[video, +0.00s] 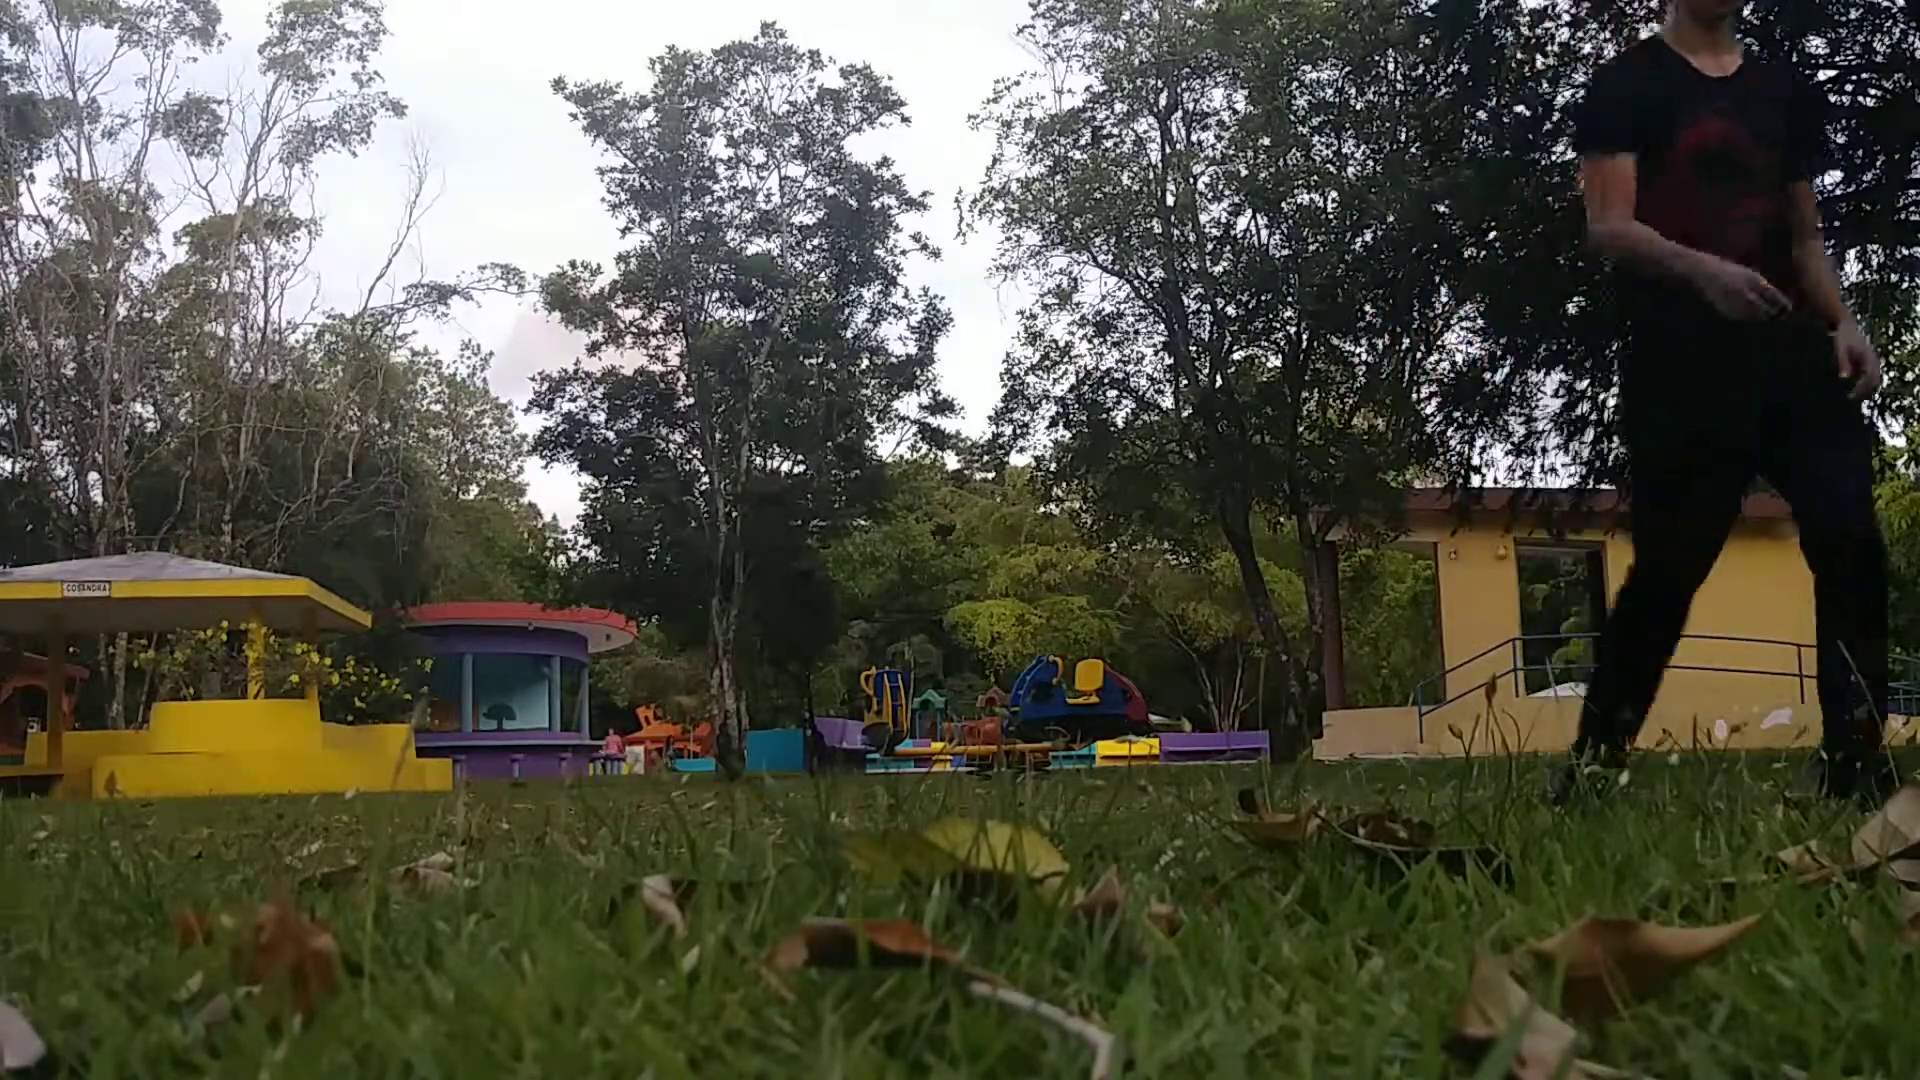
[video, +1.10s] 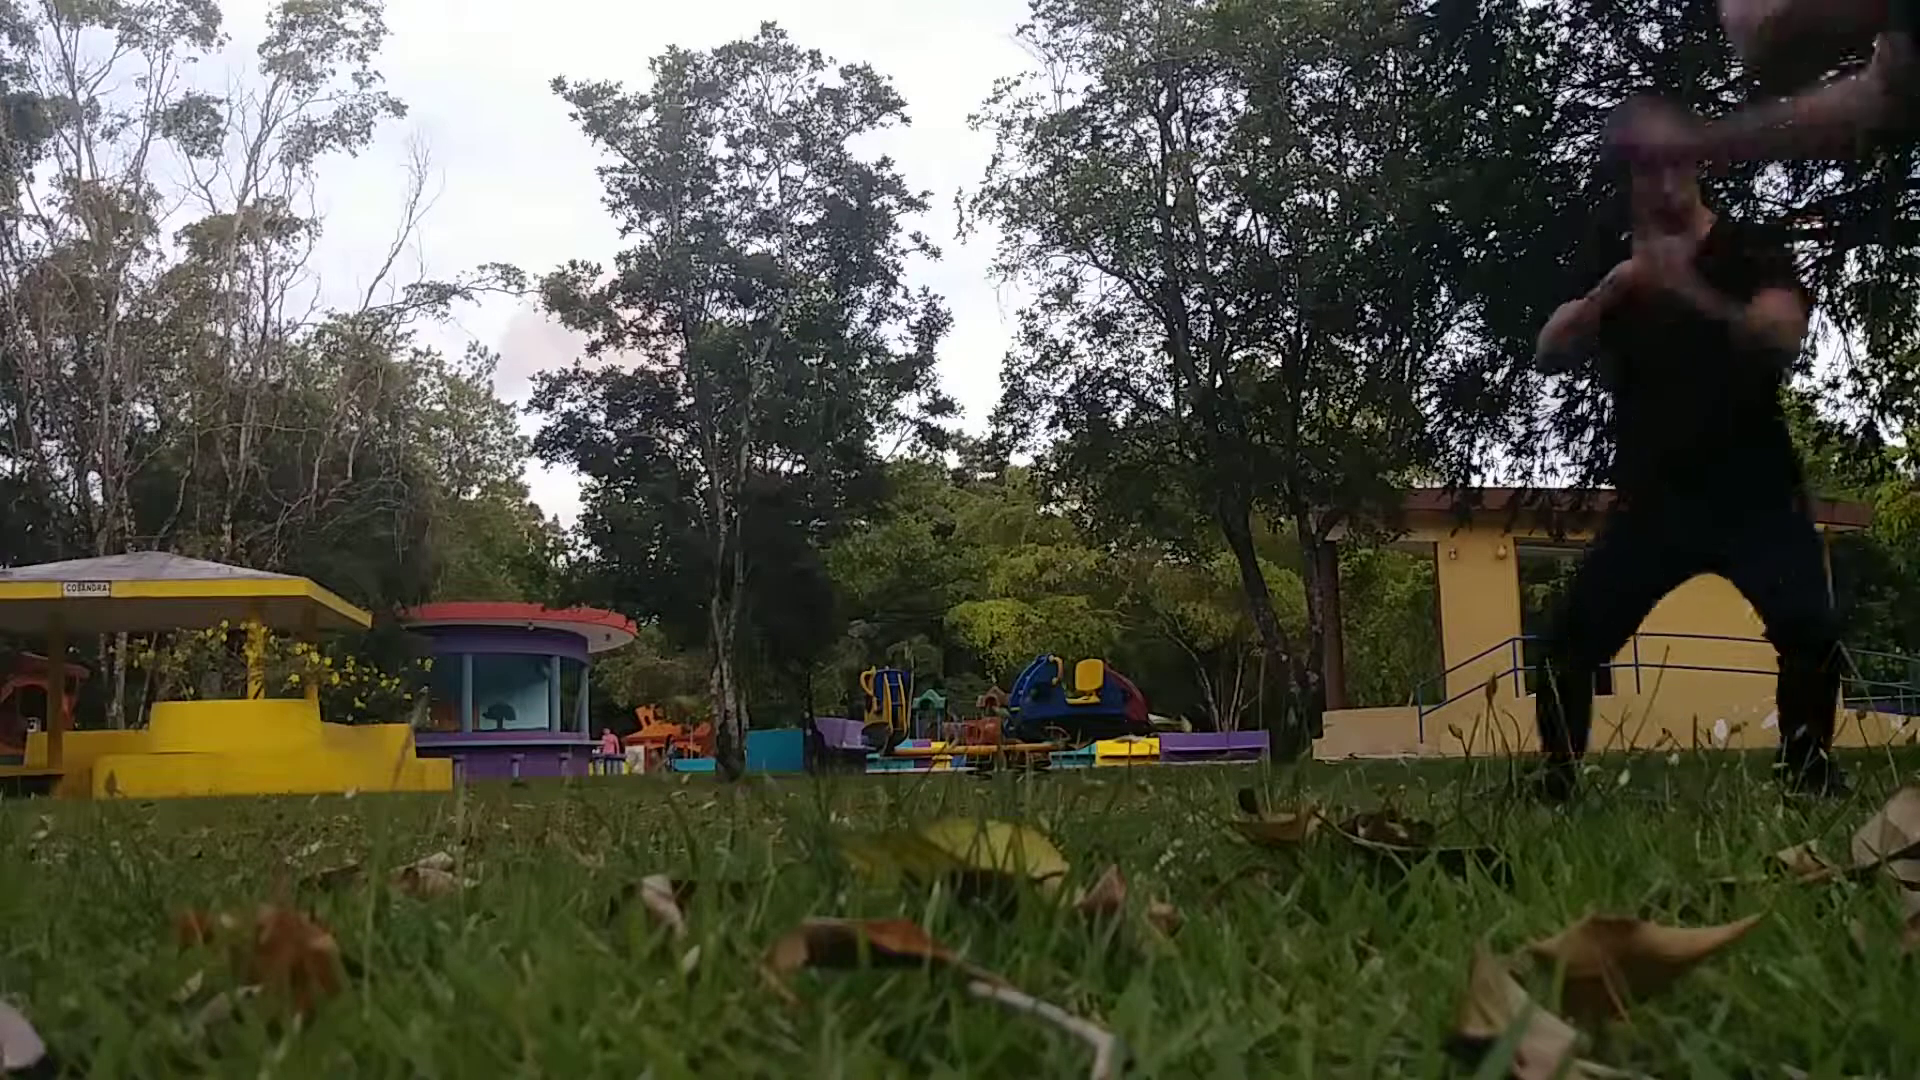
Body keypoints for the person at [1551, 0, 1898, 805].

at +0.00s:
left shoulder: (1785, 90)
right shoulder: (1626, 83)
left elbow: (1805, 239)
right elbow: (1608, 226)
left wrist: (1843, 318)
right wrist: (1702, 268)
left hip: (1793, 358)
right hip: (1683, 359)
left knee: (1853, 548)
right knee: (1669, 566)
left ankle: (1854, 761)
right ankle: (1594, 763)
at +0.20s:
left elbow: (1906, 191)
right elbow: (1603, 197)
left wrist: (1900, 209)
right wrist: (1647, 200)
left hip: (1842, 319)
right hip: (1723, 328)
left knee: (1871, 534)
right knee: (1765, 499)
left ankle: (1857, 757)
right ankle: (1719, 737)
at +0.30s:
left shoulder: (1872, 27)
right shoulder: (1686, 41)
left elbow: (1907, 147)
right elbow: (1616, 199)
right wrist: (1629, 128)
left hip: (1864, 313)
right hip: (1746, 328)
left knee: (1902, 524)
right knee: (1779, 529)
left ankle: (1874, 744)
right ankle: (1795, 755)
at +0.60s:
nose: (1754, 49)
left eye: (1767, 36)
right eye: (1753, 36)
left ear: (1837, 36)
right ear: (1750, 43)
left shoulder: (1883, 104)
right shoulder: (1770, 106)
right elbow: (1706, 225)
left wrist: (1878, 105)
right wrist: (1738, 115)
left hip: (1895, 351)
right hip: (1810, 349)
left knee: (1904, 538)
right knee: (1746, 507)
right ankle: (1756, 725)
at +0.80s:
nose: (1703, 58)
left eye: (1716, 38)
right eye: (1685, 49)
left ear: (1754, 46)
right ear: (1672, 82)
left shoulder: (1832, 115)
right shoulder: (1685, 175)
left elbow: (1887, 104)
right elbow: (1658, 212)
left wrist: (1804, 121)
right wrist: (1761, 106)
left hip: (1884, 403)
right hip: (1773, 421)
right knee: (1694, 605)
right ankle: (1700, 749)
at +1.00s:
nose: (1668, 147)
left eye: (1678, 127)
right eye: (1651, 136)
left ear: (1703, 129)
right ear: (1631, 151)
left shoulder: (1756, 201)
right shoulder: (1621, 231)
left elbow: (1837, 257)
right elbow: (1592, 368)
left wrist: (1753, 167)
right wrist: (1630, 321)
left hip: (1784, 456)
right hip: (1681, 463)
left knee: (1832, 611)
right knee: (1583, 618)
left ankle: (1812, 762)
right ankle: (1649, 751)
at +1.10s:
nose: (1665, 184)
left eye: (1677, 167)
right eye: (1649, 170)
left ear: (1698, 172)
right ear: (1629, 183)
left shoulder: (1748, 250)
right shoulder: (1620, 272)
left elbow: (1785, 332)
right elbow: (1548, 351)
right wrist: (1610, 293)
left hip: (1754, 498)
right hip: (1655, 502)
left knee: (1811, 634)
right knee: (1567, 642)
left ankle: (1807, 775)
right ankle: (1559, 782)